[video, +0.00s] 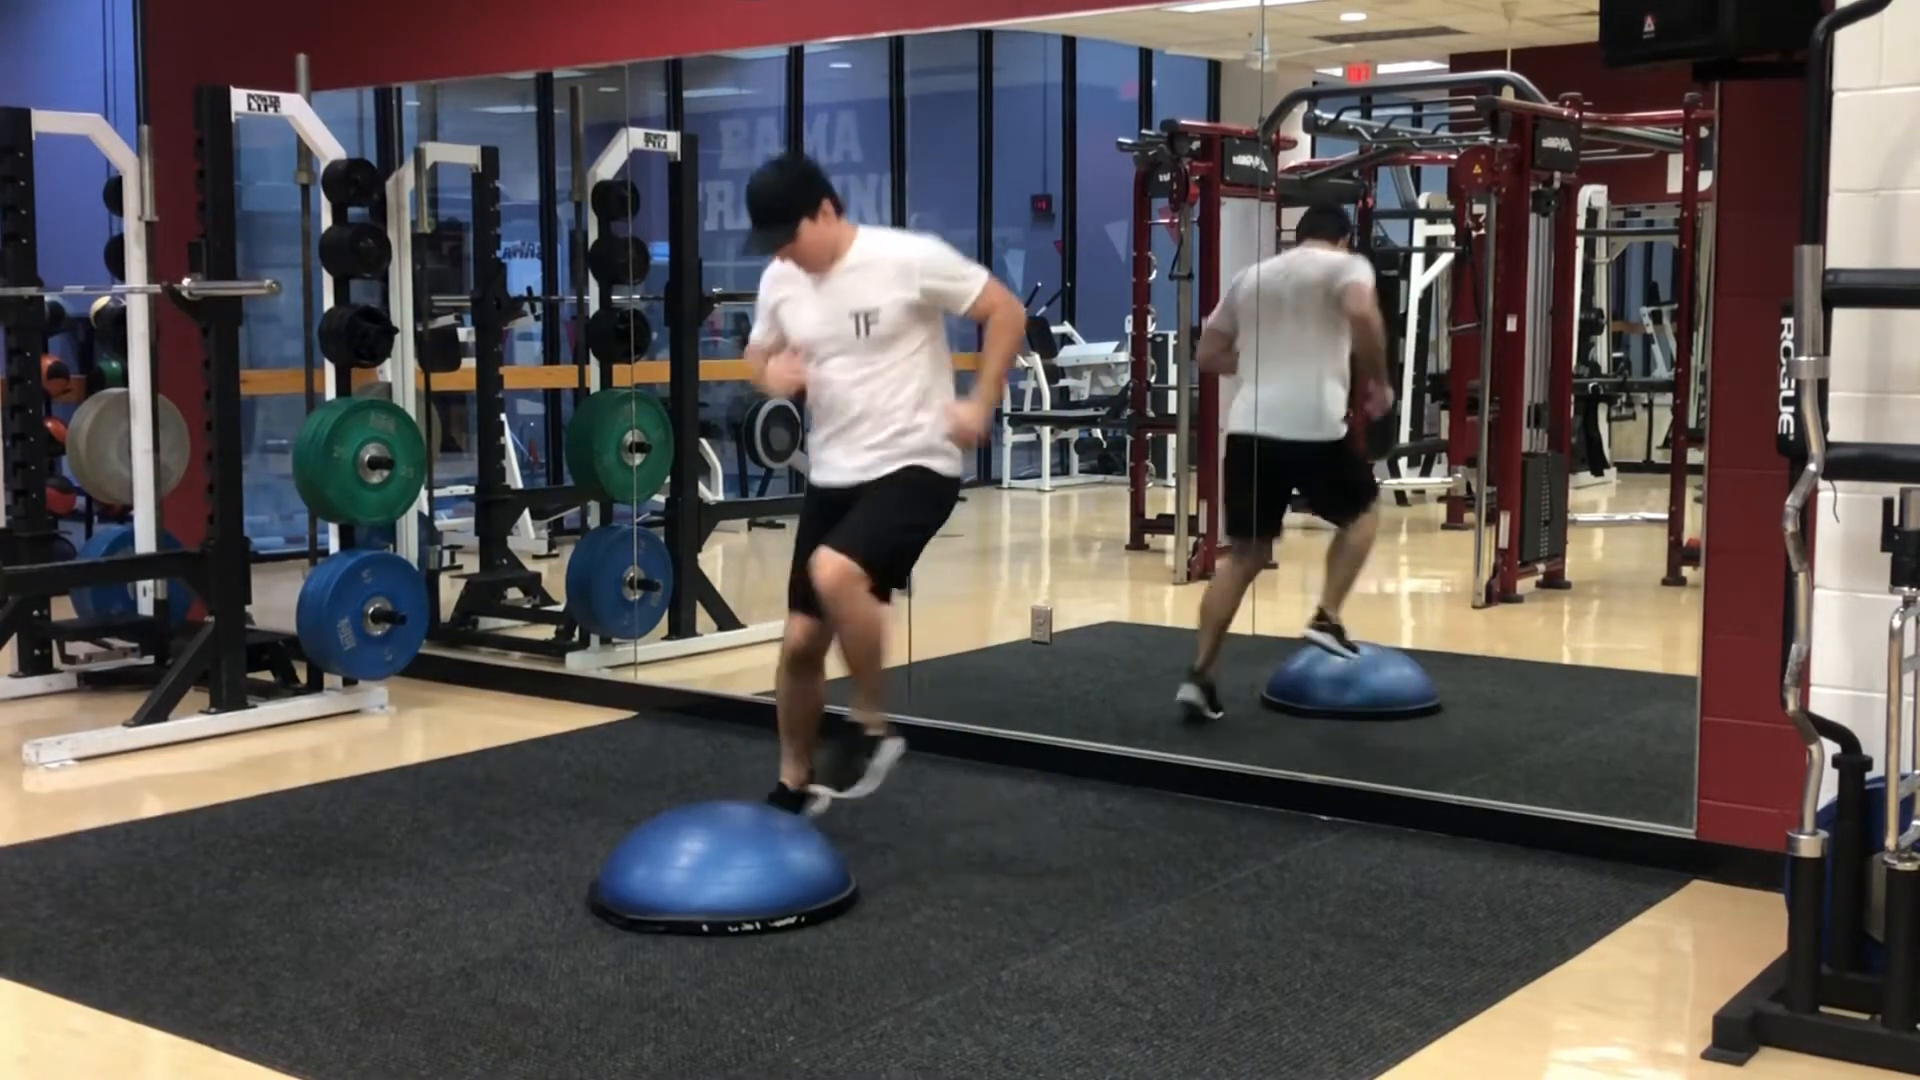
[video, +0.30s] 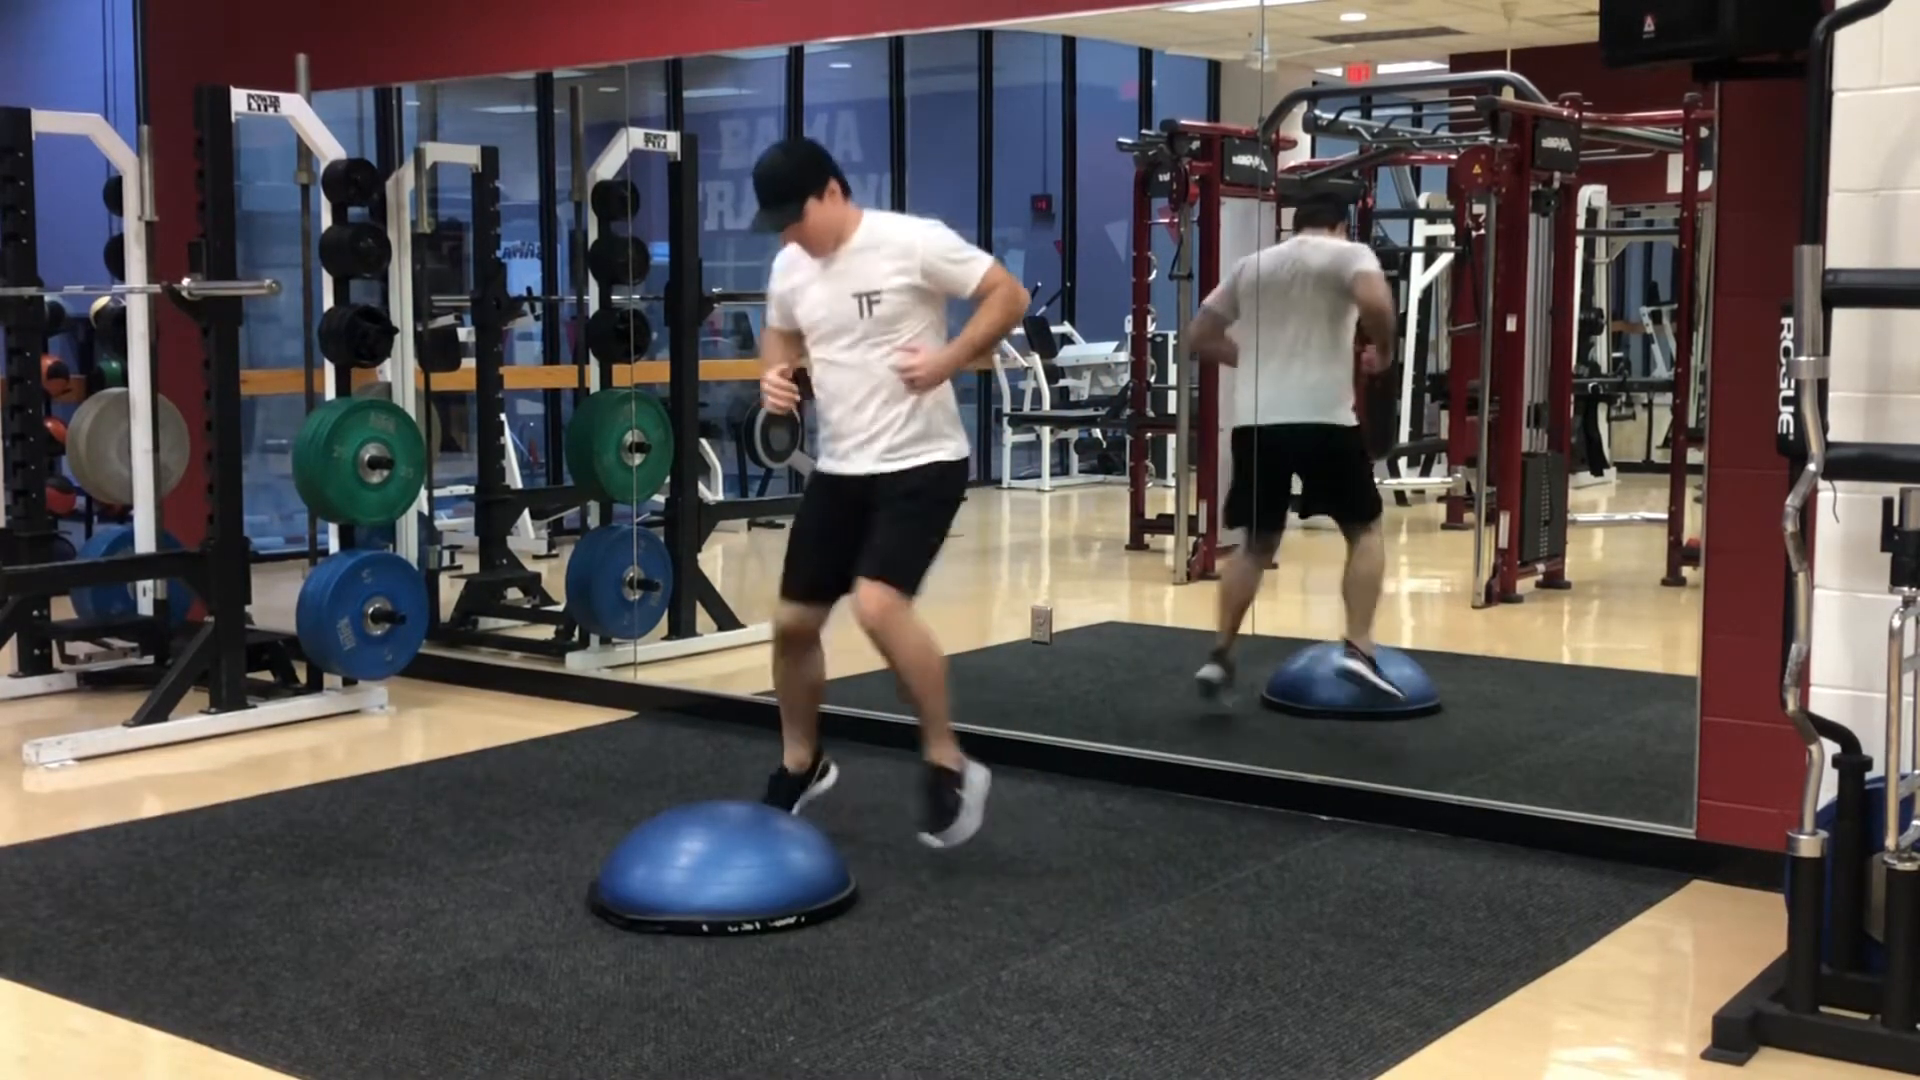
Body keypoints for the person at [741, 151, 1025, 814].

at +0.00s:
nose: (783, 254)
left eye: (789, 238)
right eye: (775, 244)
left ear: (826, 211)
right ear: (774, 235)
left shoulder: (909, 258)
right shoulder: (779, 279)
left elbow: (1007, 311)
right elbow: (760, 362)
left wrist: (982, 402)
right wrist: (774, 375)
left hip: (916, 462)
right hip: (834, 476)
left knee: (837, 571)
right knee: (801, 642)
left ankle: (872, 724)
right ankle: (794, 784)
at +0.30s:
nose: (788, 237)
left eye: (794, 220)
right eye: (781, 225)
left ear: (831, 194)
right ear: (789, 214)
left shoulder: (913, 242)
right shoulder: (790, 268)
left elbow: (1009, 295)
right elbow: (780, 344)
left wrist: (949, 357)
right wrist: (775, 379)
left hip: (922, 462)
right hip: (839, 469)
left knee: (877, 603)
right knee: (795, 623)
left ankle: (947, 763)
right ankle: (800, 766)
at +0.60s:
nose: (818, 280)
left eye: (821, 263)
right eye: (811, 268)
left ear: (858, 238)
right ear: (844, 246)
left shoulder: (932, 303)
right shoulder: (840, 301)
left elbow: (967, 412)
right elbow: (848, 390)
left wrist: (867, 409)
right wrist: (824, 439)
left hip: (941, 523)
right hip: (864, 508)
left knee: (955, 682)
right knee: (772, 587)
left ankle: (1025, 828)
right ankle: (822, 744)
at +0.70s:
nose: (800, 250)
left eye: (803, 234)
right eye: (791, 240)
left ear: (838, 205)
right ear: (802, 221)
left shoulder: (920, 259)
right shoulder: (813, 267)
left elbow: (988, 349)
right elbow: (831, 350)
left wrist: (904, 377)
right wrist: (799, 391)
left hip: (919, 487)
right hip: (838, 480)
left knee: (919, 639)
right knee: (769, 599)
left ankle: (986, 793)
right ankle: (789, 745)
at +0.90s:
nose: (766, 279)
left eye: (772, 264)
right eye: (758, 268)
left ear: (807, 238)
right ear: (755, 260)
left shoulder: (889, 292)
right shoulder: (762, 316)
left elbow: (974, 361)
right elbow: (745, 403)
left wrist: (940, 447)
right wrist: (727, 477)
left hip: (891, 489)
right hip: (809, 504)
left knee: (802, 565)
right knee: (781, 660)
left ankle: (825, 731)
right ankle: (786, 782)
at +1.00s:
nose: (763, 278)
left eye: (770, 263)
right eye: (755, 267)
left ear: (804, 238)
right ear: (752, 260)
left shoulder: (882, 293)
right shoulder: (756, 319)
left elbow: (976, 349)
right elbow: (734, 403)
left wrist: (946, 432)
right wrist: (718, 462)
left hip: (887, 491)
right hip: (803, 510)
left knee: (805, 576)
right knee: (776, 668)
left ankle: (823, 745)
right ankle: (786, 782)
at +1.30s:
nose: (779, 265)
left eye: (783, 247)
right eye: (773, 252)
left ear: (821, 222)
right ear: (801, 234)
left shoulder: (901, 283)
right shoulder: (807, 296)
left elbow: (974, 375)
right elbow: (832, 392)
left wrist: (902, 427)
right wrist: (800, 455)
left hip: (916, 511)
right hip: (842, 507)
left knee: (923, 668)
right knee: (756, 584)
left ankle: (988, 828)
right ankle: (812, 747)